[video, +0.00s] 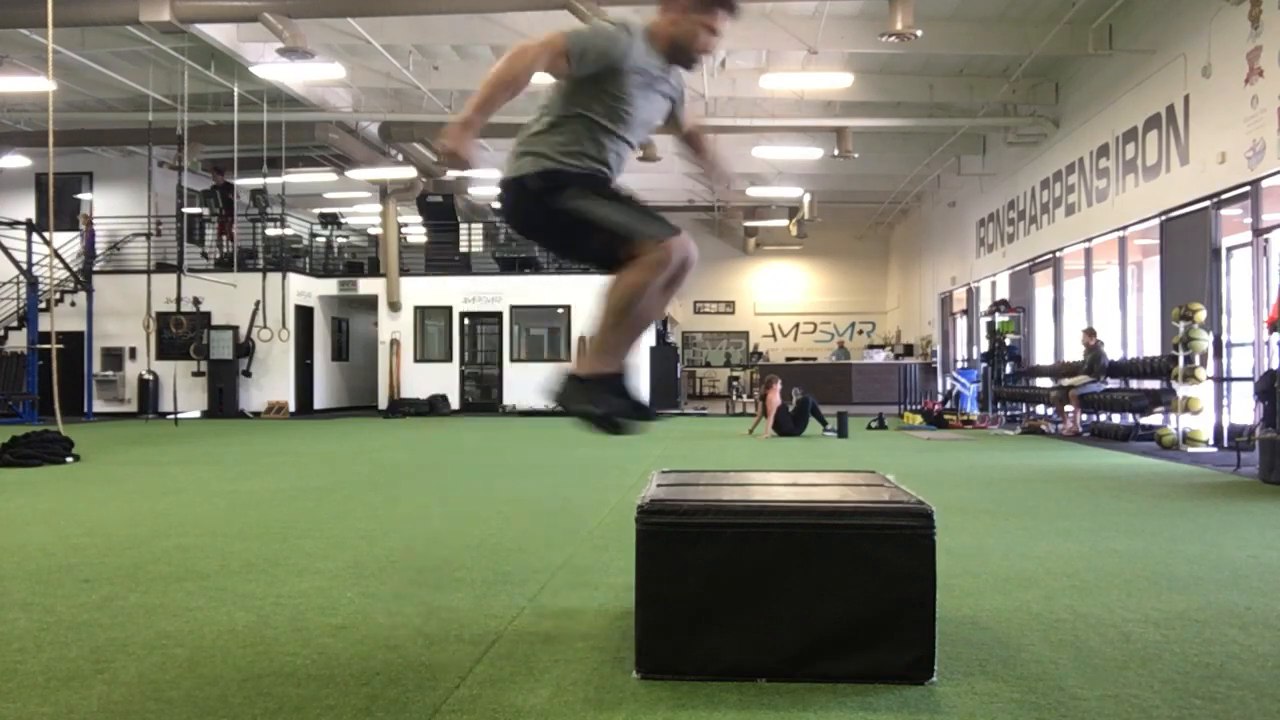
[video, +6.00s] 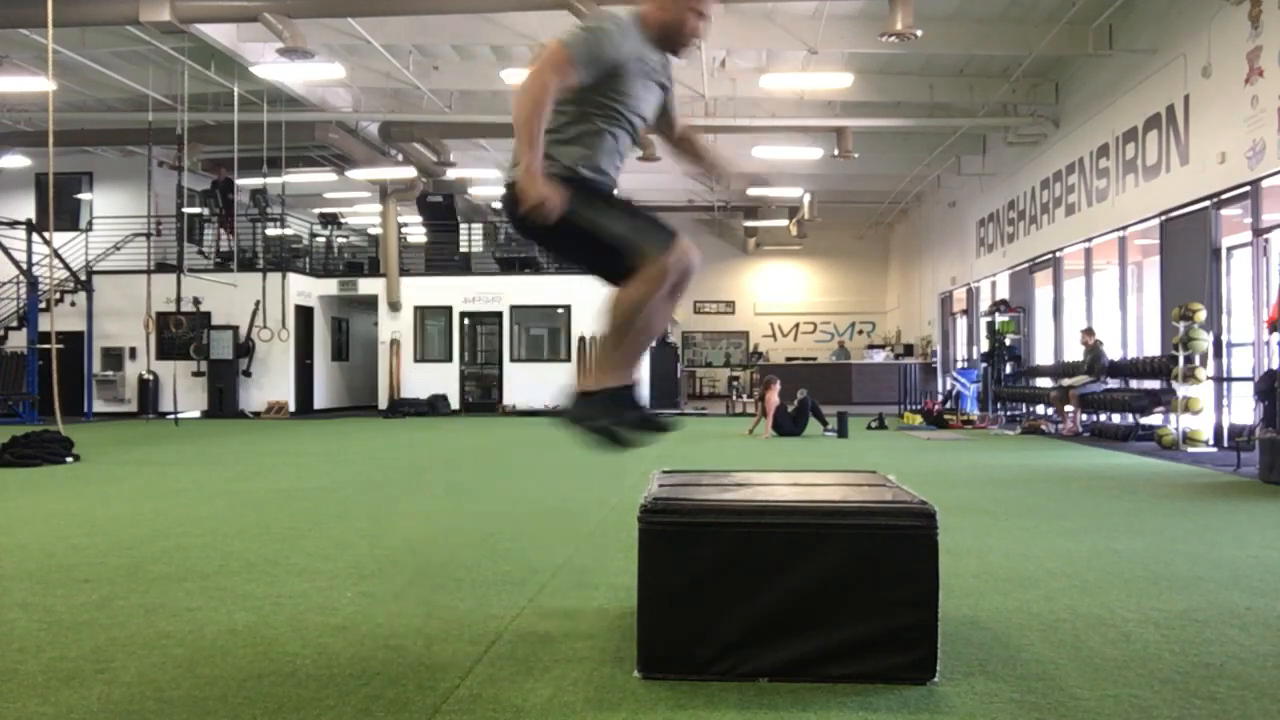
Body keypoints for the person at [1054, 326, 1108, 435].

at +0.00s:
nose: (1082, 340)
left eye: (1084, 337)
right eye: (1082, 337)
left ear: (1092, 338)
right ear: (1089, 338)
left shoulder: (1099, 353)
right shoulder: (1087, 352)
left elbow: (1097, 376)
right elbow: (1085, 370)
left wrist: (1077, 380)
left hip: (1098, 382)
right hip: (1085, 380)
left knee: (1073, 393)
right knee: (1058, 395)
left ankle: (1076, 426)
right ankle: (1066, 425)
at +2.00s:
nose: (1082, 339)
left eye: (1085, 337)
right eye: (1083, 336)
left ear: (1092, 338)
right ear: (1089, 338)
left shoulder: (1099, 353)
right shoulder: (1086, 352)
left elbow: (1097, 377)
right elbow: (1083, 370)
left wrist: (1077, 380)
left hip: (1098, 382)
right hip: (1085, 380)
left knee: (1073, 393)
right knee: (1057, 395)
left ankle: (1076, 426)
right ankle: (1066, 425)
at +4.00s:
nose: (1082, 340)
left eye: (1085, 337)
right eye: (1083, 337)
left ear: (1092, 338)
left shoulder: (1099, 353)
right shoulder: (1087, 351)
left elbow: (1098, 376)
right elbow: (1084, 370)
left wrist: (1079, 379)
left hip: (1099, 382)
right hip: (1086, 380)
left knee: (1074, 393)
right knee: (1057, 395)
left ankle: (1076, 426)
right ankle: (1066, 425)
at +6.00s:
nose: (1081, 340)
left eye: (1084, 337)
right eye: (1081, 337)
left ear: (1091, 338)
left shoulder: (1099, 353)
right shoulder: (1087, 351)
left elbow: (1096, 376)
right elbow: (1085, 371)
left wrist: (1074, 381)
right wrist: (1071, 380)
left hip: (1099, 382)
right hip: (1087, 379)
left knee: (1074, 393)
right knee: (1055, 395)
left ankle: (1076, 426)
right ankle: (1066, 425)